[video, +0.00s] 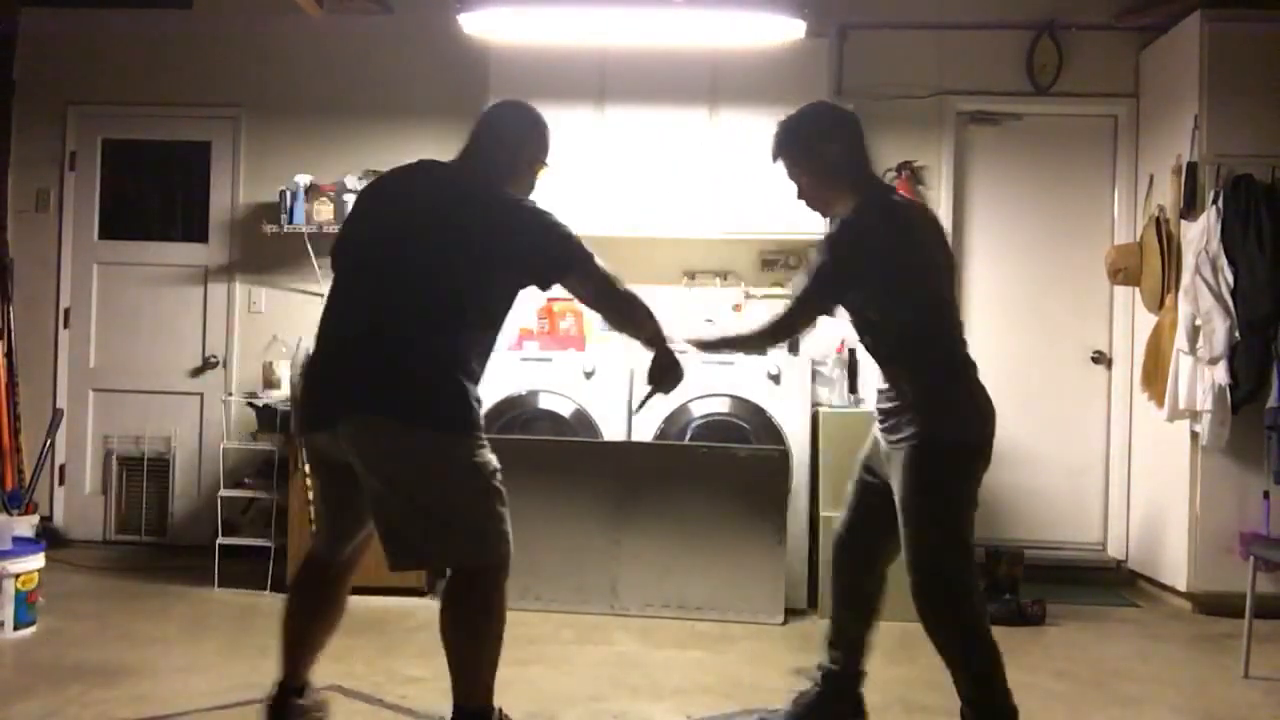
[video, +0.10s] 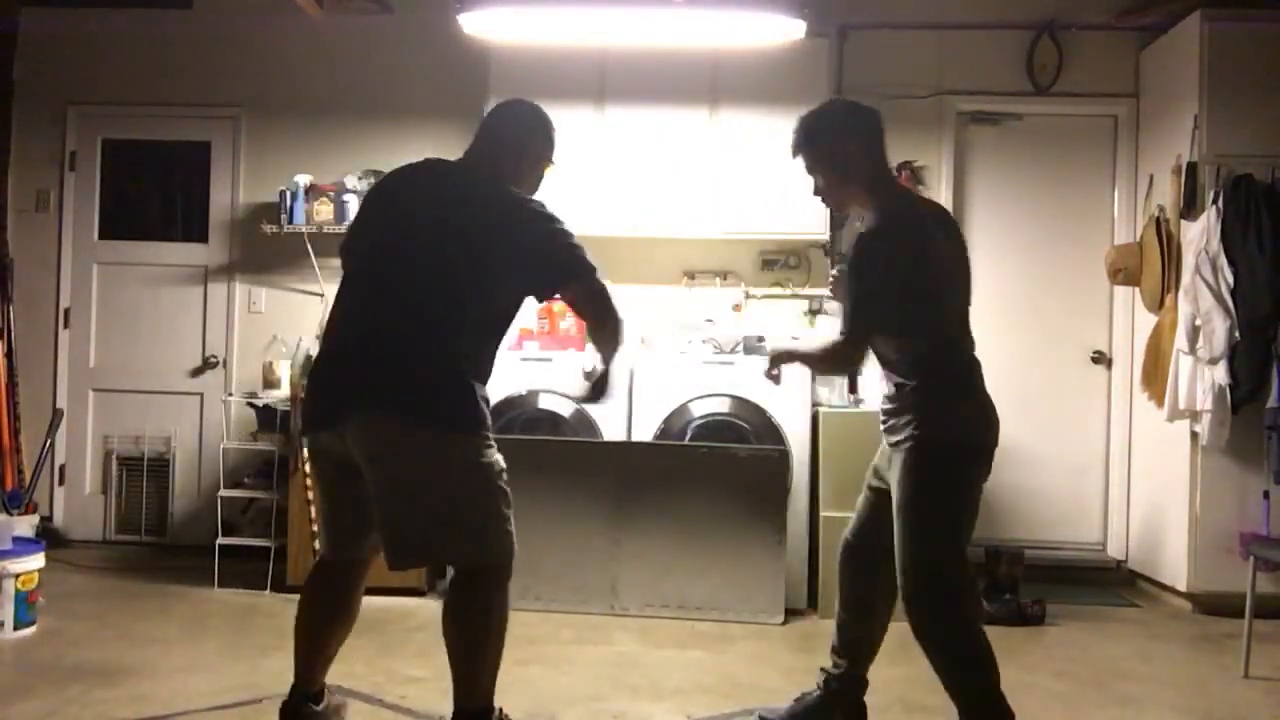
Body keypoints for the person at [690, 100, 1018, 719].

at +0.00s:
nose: (796, 190)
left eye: (797, 174)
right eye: (791, 177)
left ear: (833, 157)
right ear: (844, 156)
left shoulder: (856, 233)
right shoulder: (910, 215)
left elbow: (780, 330)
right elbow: (941, 309)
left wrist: (697, 343)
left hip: (939, 427)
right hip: (901, 421)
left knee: (942, 595)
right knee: (856, 553)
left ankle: (992, 714)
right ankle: (838, 692)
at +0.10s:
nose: (814, 187)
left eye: (817, 170)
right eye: (809, 172)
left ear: (852, 158)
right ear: (864, 158)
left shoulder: (876, 241)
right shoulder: (931, 219)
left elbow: (844, 356)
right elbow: (927, 324)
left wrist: (785, 354)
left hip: (937, 430)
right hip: (915, 424)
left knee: (934, 600)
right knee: (862, 557)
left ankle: (990, 716)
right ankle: (843, 692)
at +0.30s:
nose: (842, 174)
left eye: (847, 157)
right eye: (838, 160)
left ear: (890, 144)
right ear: (885, 149)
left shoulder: (938, 217)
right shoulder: (906, 224)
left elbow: (928, 329)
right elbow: (904, 319)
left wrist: (853, 296)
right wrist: (851, 297)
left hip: (939, 433)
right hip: (891, 430)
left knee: (941, 600)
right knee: (844, 564)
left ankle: (990, 715)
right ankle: (853, 695)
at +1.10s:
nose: (832, 189)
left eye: (839, 171)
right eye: (827, 174)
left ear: (884, 161)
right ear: (872, 168)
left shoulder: (937, 237)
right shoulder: (873, 254)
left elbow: (894, 340)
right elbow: (850, 355)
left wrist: (829, 269)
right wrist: (816, 293)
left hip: (931, 443)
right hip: (870, 435)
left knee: (960, 604)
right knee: (810, 568)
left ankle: (1041, 714)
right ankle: (829, 699)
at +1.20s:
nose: (832, 183)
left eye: (839, 166)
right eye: (828, 168)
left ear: (881, 155)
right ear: (866, 163)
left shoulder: (916, 220)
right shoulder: (869, 230)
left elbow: (820, 285)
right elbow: (874, 338)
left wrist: (748, 272)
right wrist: (832, 297)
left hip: (944, 432)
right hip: (887, 427)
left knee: (964, 595)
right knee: (826, 565)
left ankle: (1045, 714)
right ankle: (827, 699)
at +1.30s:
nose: (839, 174)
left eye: (846, 158)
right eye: (835, 160)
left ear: (886, 151)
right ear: (890, 154)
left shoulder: (906, 227)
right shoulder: (898, 218)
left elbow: (811, 302)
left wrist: (735, 328)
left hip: (957, 430)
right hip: (907, 424)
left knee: (982, 590)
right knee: (858, 559)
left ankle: (1050, 710)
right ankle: (834, 694)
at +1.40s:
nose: (844, 181)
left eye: (850, 165)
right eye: (841, 167)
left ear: (890, 156)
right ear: (896, 158)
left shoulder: (927, 233)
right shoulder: (923, 227)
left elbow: (876, 335)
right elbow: (942, 317)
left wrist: (790, 367)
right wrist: (880, 299)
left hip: (965, 434)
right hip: (917, 431)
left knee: (985, 593)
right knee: (864, 564)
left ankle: (1055, 714)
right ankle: (833, 696)